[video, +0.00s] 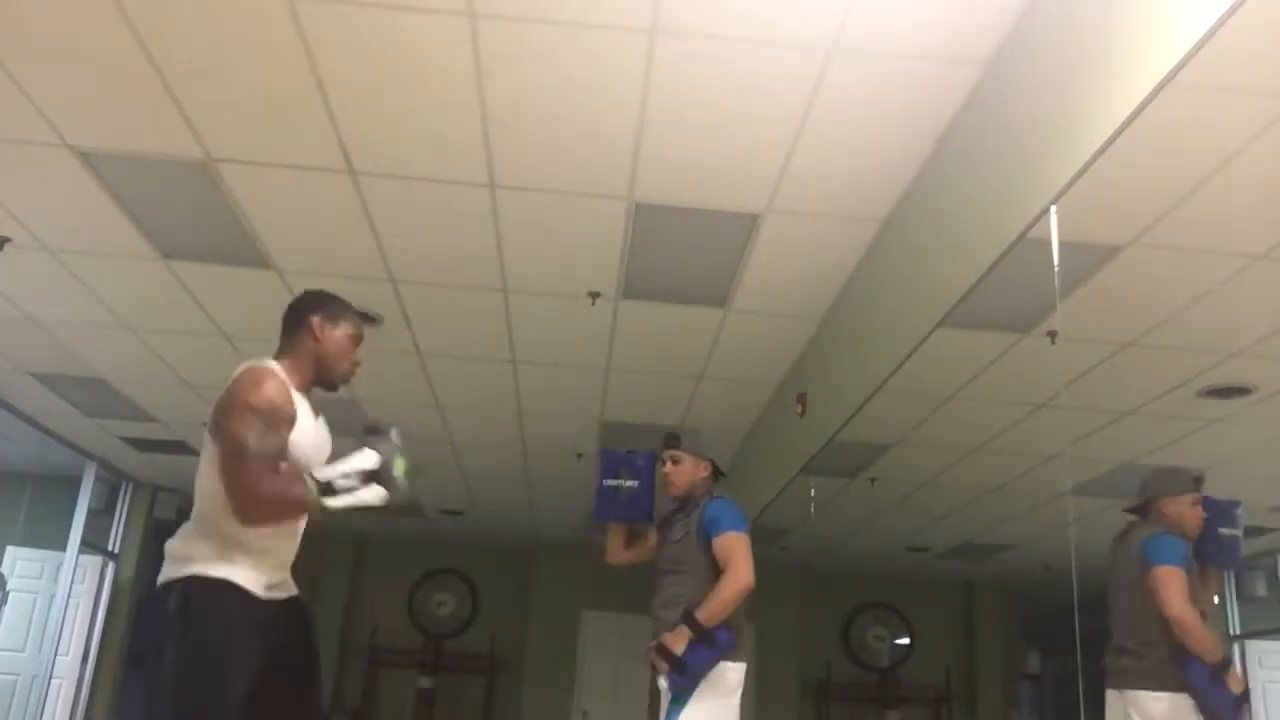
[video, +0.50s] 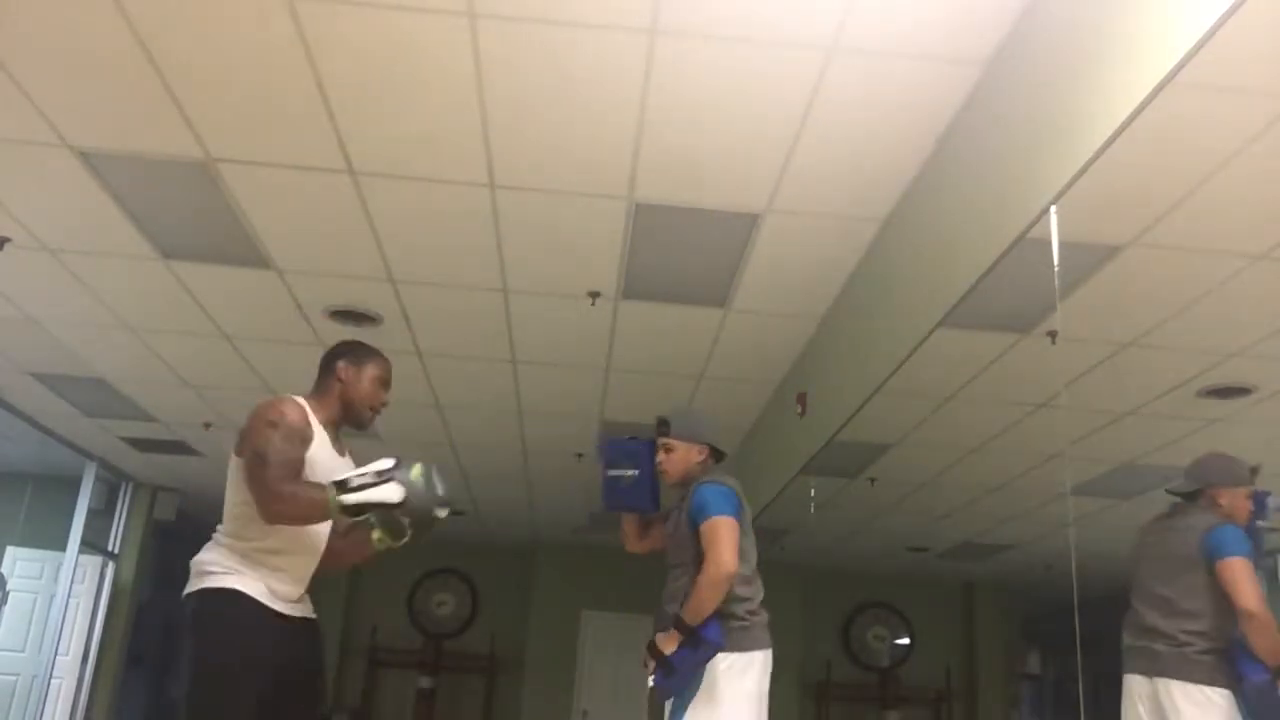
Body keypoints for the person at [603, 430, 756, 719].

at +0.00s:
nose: (666, 469)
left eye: (676, 461)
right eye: (664, 463)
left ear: (704, 469)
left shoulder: (718, 510)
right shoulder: (676, 520)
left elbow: (740, 578)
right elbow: (617, 554)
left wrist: (683, 633)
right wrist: (618, 490)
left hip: (709, 660)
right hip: (679, 659)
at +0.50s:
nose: (658, 459)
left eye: (668, 450)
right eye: (659, 450)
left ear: (700, 453)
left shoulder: (711, 492)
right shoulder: (692, 501)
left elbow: (721, 568)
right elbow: (637, 541)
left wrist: (676, 632)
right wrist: (630, 475)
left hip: (727, 655)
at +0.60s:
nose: (676, 460)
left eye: (685, 450)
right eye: (677, 451)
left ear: (716, 454)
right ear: (715, 456)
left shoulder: (726, 493)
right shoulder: (711, 498)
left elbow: (730, 570)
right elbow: (653, 542)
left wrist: (682, 631)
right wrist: (649, 474)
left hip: (733, 656)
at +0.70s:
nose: (692, 464)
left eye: (701, 455)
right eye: (692, 456)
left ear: (733, 460)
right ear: (732, 462)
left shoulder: (739, 499)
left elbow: (745, 574)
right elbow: (671, 549)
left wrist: (690, 628)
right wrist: (666, 483)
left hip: (745, 658)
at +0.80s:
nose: (703, 466)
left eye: (712, 456)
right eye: (704, 457)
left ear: (744, 458)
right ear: (744, 460)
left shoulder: (753, 498)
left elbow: (764, 564)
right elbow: (691, 552)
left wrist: (703, 590)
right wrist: (684, 489)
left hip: (757, 658)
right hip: (792, 658)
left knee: (704, 712)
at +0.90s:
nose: (713, 464)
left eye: (722, 454)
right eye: (713, 455)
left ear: (752, 455)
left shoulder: (765, 488)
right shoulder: (782, 489)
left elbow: (763, 542)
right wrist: (688, 495)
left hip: (766, 651)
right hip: (803, 652)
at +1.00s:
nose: (723, 457)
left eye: (730, 448)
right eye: (723, 449)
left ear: (757, 452)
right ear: (756, 453)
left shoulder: (775, 484)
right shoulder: (793, 487)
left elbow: (741, 517)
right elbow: (709, 544)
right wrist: (703, 476)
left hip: (769, 647)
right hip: (808, 648)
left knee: (725, 712)